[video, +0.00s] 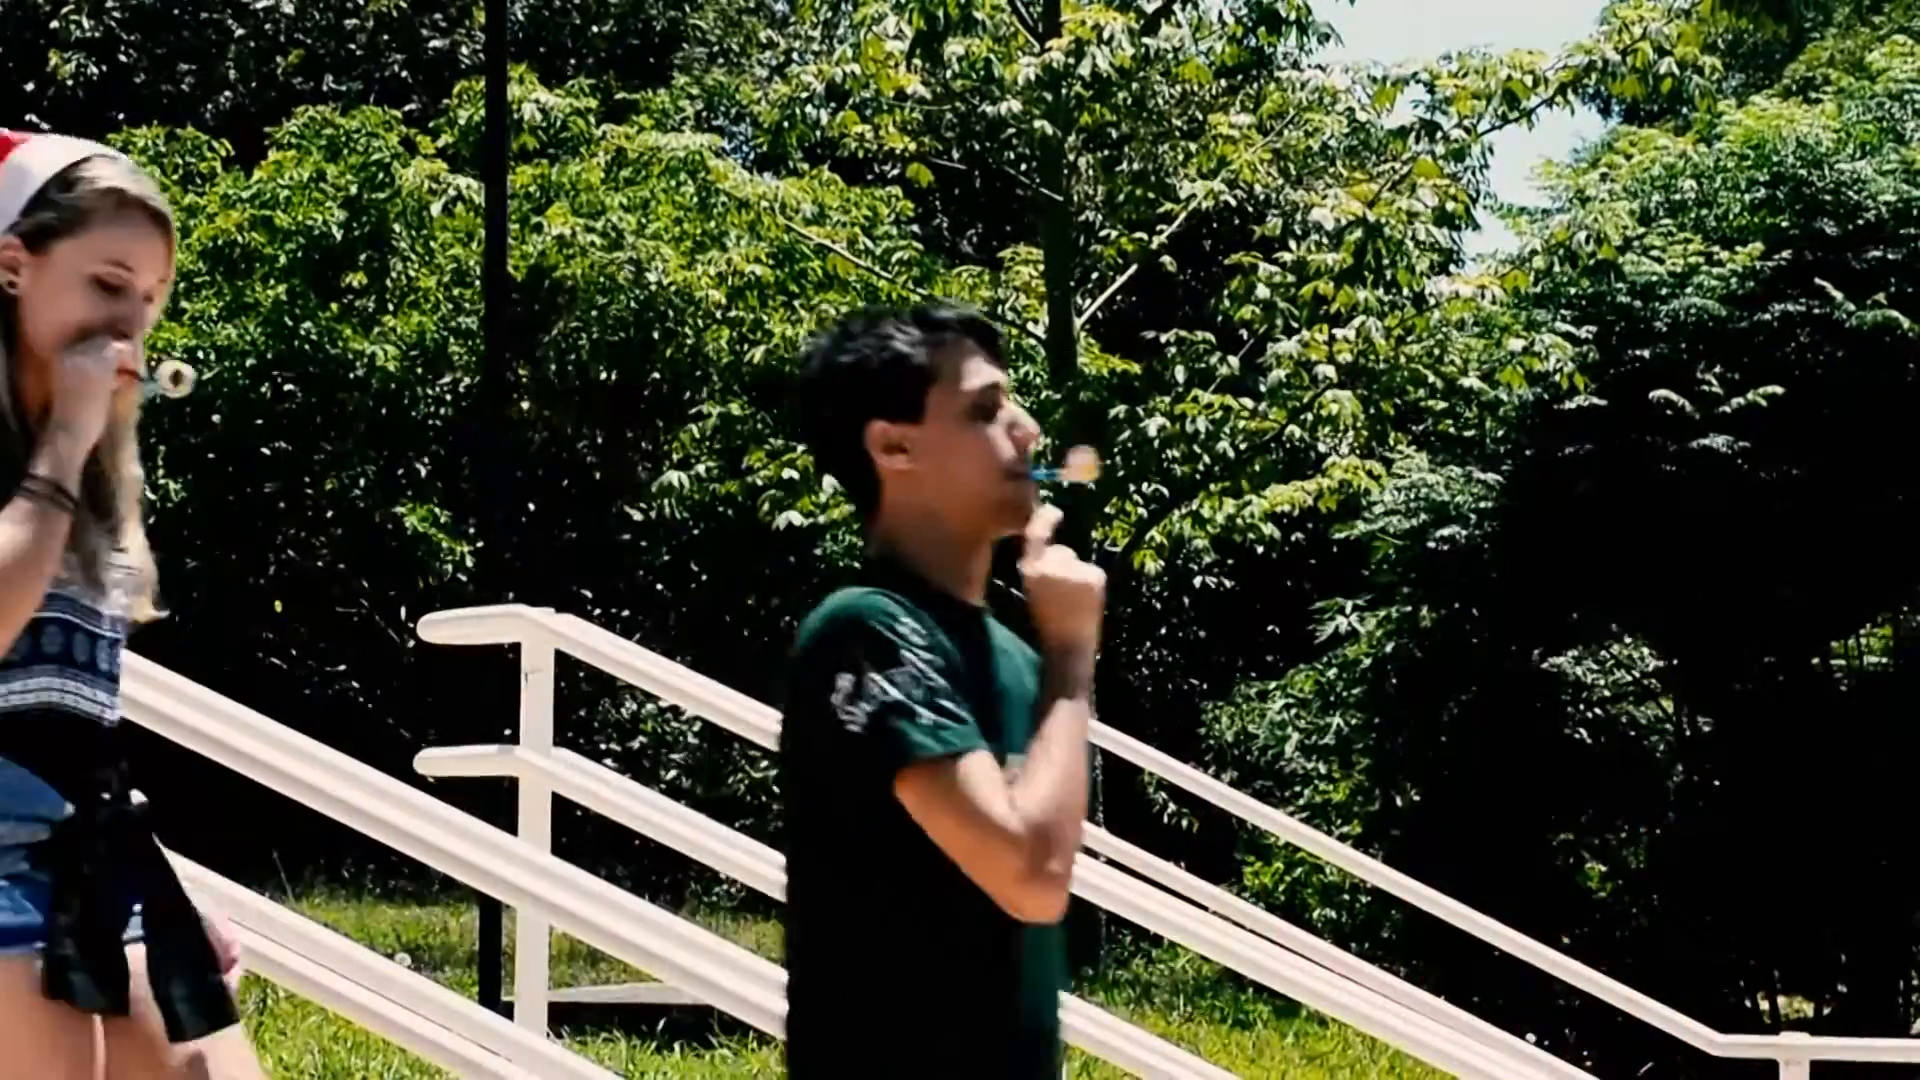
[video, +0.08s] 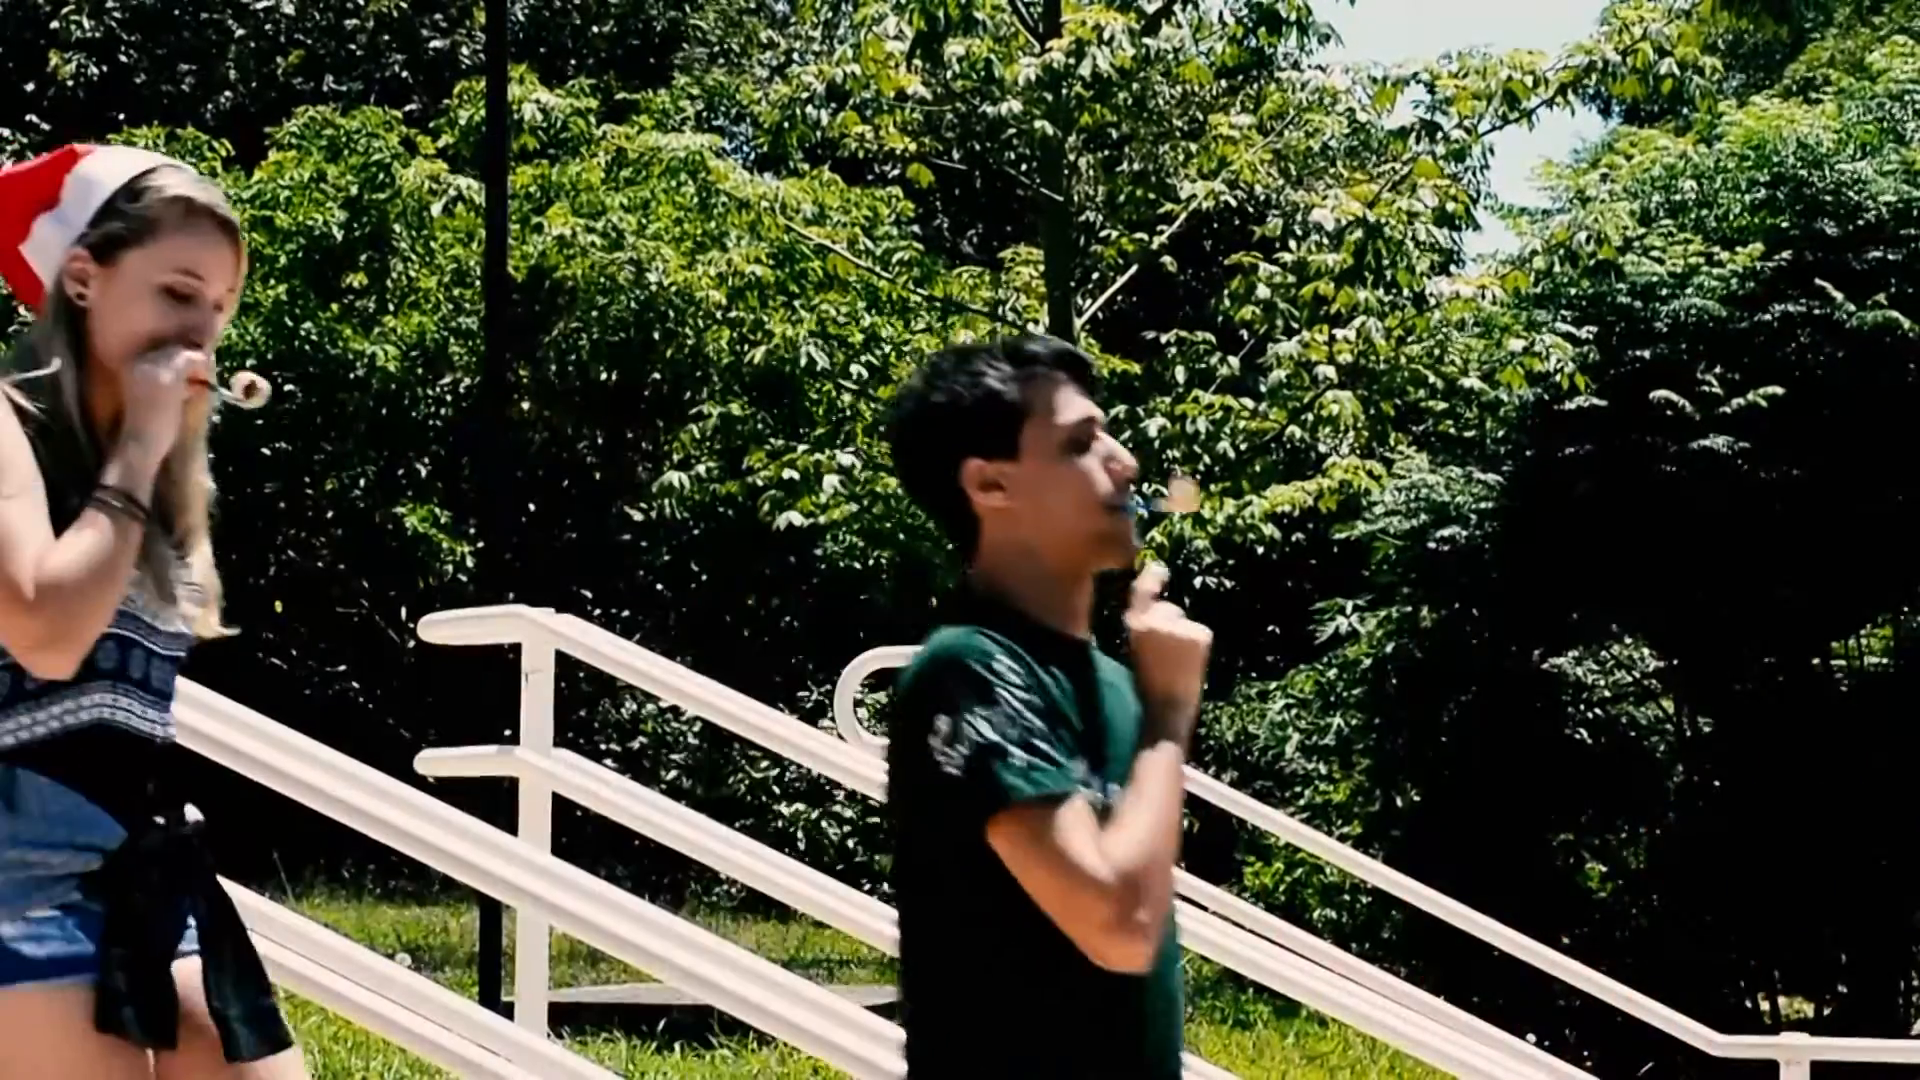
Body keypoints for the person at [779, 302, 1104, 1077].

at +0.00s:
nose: (1027, 429)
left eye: (1012, 403)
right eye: (986, 411)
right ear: (894, 447)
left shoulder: (1015, 655)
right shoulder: (862, 633)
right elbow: (1035, 877)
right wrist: (1070, 657)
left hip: (1015, 1052)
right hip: (886, 1054)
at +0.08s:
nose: (1126, 464)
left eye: (1108, 434)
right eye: (1082, 443)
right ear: (991, 487)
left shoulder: (1115, 683)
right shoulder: (965, 675)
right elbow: (1124, 926)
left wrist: (1156, 1056)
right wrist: (1168, 714)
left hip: (1135, 1060)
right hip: (1008, 1062)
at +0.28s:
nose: (1356, 535)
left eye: (1343, 505)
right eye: (1315, 512)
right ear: (1215, 541)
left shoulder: (1341, 757)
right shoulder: (1191, 732)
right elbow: (1422, 938)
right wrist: (1407, 714)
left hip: (1380, 1061)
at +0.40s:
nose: (1474, 541)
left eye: (1460, 511)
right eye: (1435, 514)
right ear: (1331, 535)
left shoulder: (1444, 748)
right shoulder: (1305, 725)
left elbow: (1519, 1026)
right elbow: (1544, 934)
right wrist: (1509, 700)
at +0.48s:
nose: (1556, 546)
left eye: (1542, 514)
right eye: (1517, 520)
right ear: (1414, 537)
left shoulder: (1506, 743)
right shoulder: (1391, 731)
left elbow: (1614, 1019)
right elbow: (1625, 947)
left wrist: (1813, 1064)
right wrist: (1591, 714)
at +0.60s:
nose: (1663, 565)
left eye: (1650, 535)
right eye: (1629, 537)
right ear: (1524, 549)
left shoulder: (1589, 754)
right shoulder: (1500, 744)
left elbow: (1716, 1030)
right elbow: (1750, 959)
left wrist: (1906, 1018)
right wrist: (1699, 719)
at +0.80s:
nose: (1848, 539)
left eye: (1829, 508)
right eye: (1811, 514)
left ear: (1716, 549)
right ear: (1714, 548)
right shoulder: (1721, 749)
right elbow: (1915, 911)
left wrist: (1899, 699)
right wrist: (1901, 693)